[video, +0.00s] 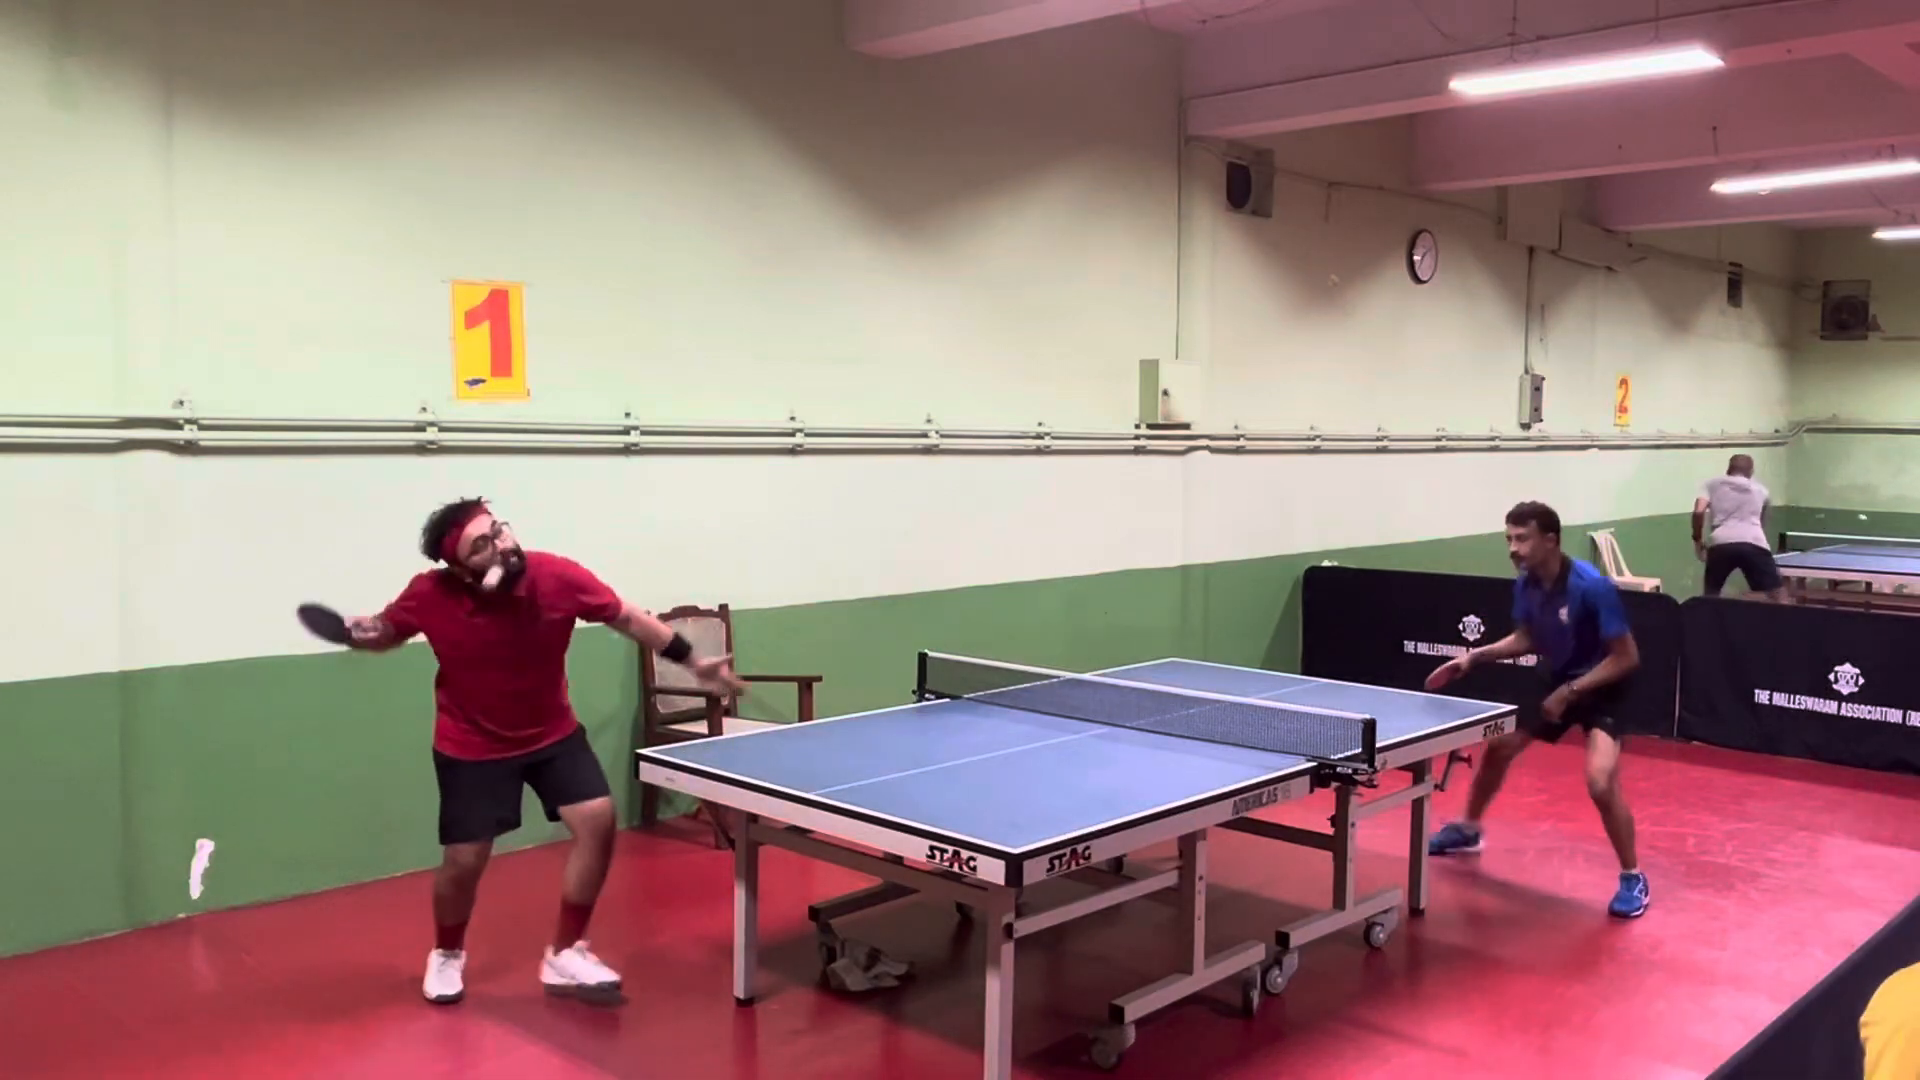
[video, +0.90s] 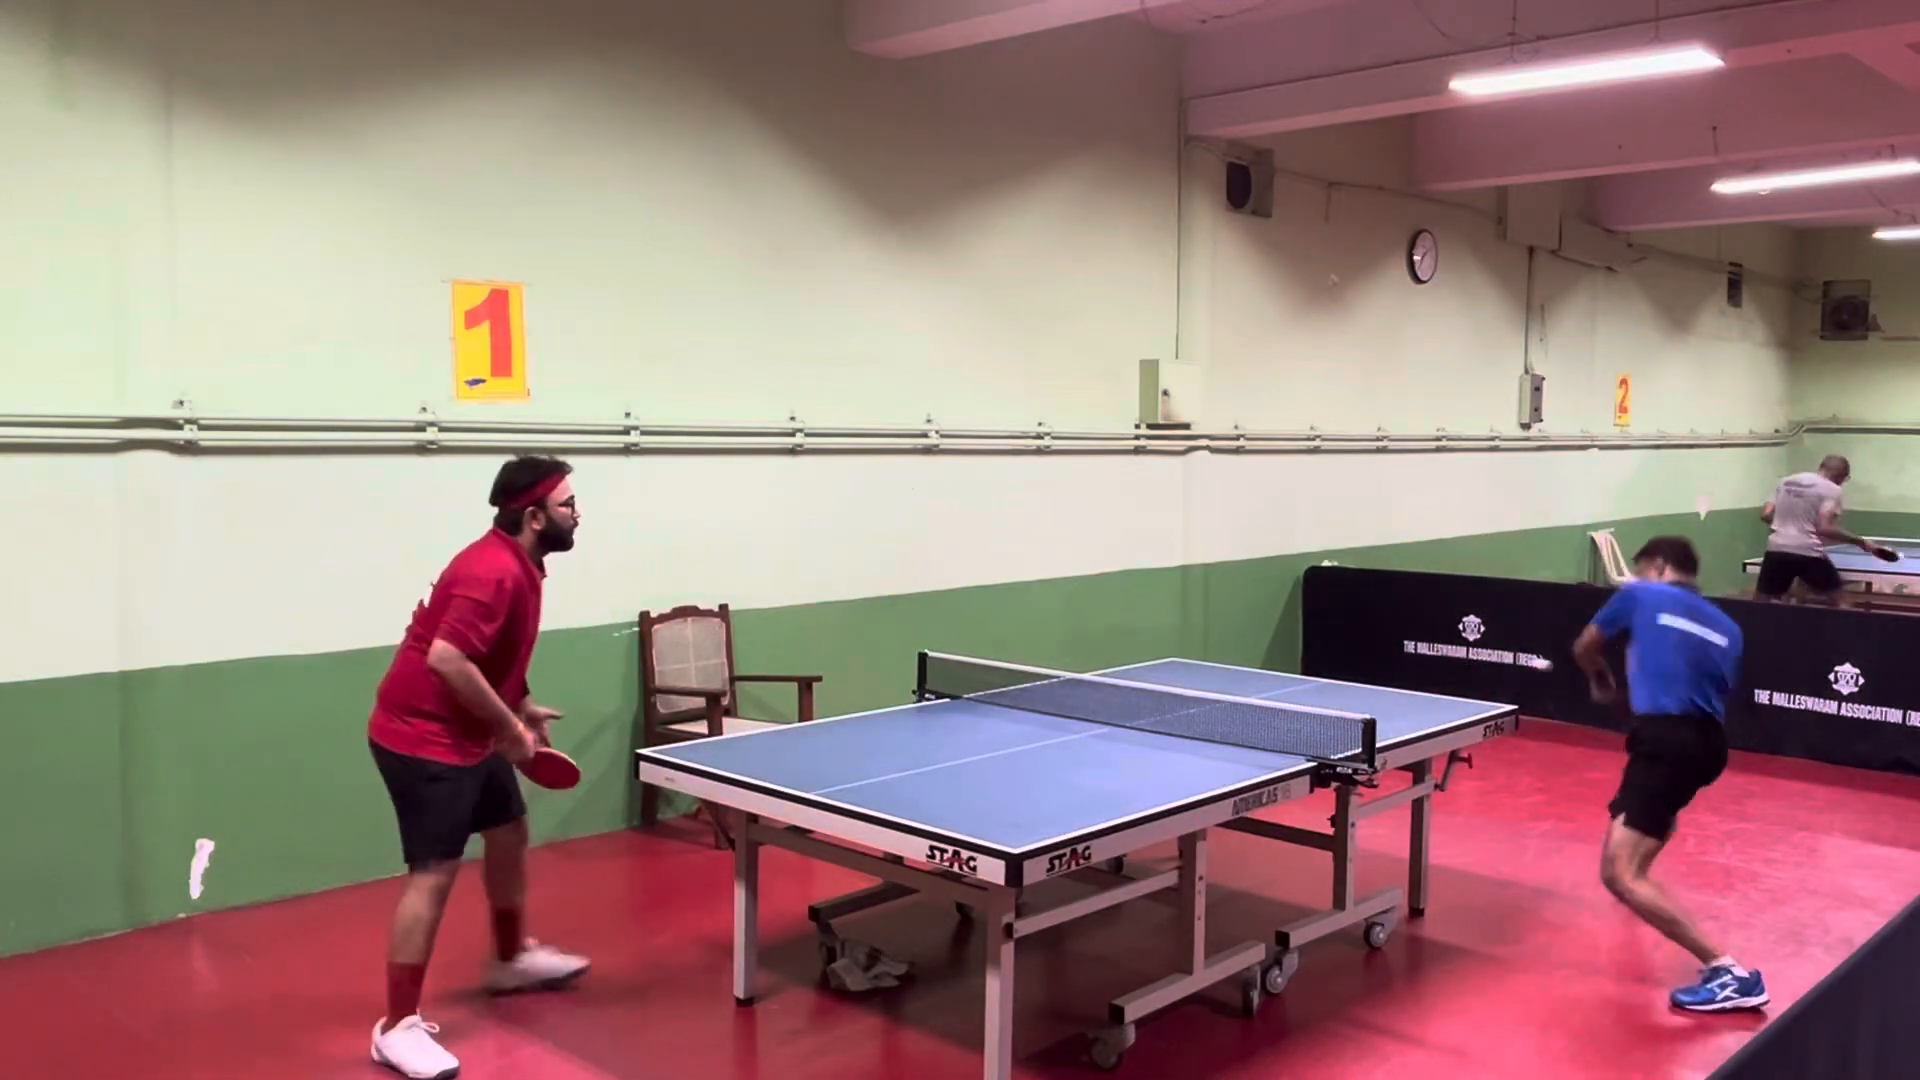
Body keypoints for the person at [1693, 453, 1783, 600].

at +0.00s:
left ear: (1728, 470)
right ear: (1751, 473)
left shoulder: (1712, 484)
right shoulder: (1761, 491)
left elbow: (1698, 512)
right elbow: (1762, 523)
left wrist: (1698, 541)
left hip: (1721, 546)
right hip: (1755, 546)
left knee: (1710, 596)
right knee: (1775, 597)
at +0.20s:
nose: (1774, 476)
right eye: (1773, 473)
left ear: (1749, 473)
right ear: (1772, 475)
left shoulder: (1730, 490)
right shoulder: (1782, 495)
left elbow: (1713, 522)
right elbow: (1786, 530)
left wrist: (1717, 552)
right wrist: (1783, 550)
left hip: (1735, 554)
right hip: (1769, 554)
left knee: (1722, 606)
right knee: (1796, 605)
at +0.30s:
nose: (1790, 476)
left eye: (1789, 473)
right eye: (1789, 473)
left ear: (1766, 473)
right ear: (1787, 474)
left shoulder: (1747, 492)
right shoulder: (1798, 496)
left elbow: (1729, 523)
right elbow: (1806, 526)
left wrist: (1731, 553)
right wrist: (1805, 550)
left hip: (1748, 556)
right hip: (1781, 557)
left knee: (1733, 606)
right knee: (1804, 603)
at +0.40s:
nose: (1809, 475)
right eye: (1809, 471)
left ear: (1786, 470)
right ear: (1806, 472)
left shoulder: (1764, 489)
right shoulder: (1814, 494)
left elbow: (1746, 522)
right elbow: (1823, 529)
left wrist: (1748, 551)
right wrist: (1822, 550)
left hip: (1759, 556)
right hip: (1793, 558)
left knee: (1739, 604)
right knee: (1817, 606)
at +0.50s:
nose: (1824, 474)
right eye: (1824, 470)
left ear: (1800, 469)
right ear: (1821, 471)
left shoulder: (1776, 486)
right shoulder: (1828, 493)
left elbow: (1757, 518)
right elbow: (1838, 544)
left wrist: (1761, 541)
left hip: (1768, 553)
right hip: (1803, 557)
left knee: (1744, 604)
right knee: (1829, 607)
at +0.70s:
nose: (1839, 474)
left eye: (1839, 471)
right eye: (1839, 471)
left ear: (1815, 467)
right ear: (1836, 471)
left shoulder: (1789, 482)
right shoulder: (1838, 493)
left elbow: (1767, 517)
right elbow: (1849, 537)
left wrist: (1778, 539)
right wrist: (1861, 547)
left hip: (1776, 551)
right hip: (1809, 555)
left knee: (1758, 603)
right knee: (1834, 608)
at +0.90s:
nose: (1843, 483)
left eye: (1844, 479)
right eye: (1844, 479)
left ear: (1821, 467)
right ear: (1841, 476)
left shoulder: (1788, 481)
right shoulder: (1833, 490)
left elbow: (1766, 514)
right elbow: (1824, 528)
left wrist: (1788, 526)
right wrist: (1860, 542)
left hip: (1777, 554)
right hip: (1809, 556)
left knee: (1759, 604)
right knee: (1841, 602)